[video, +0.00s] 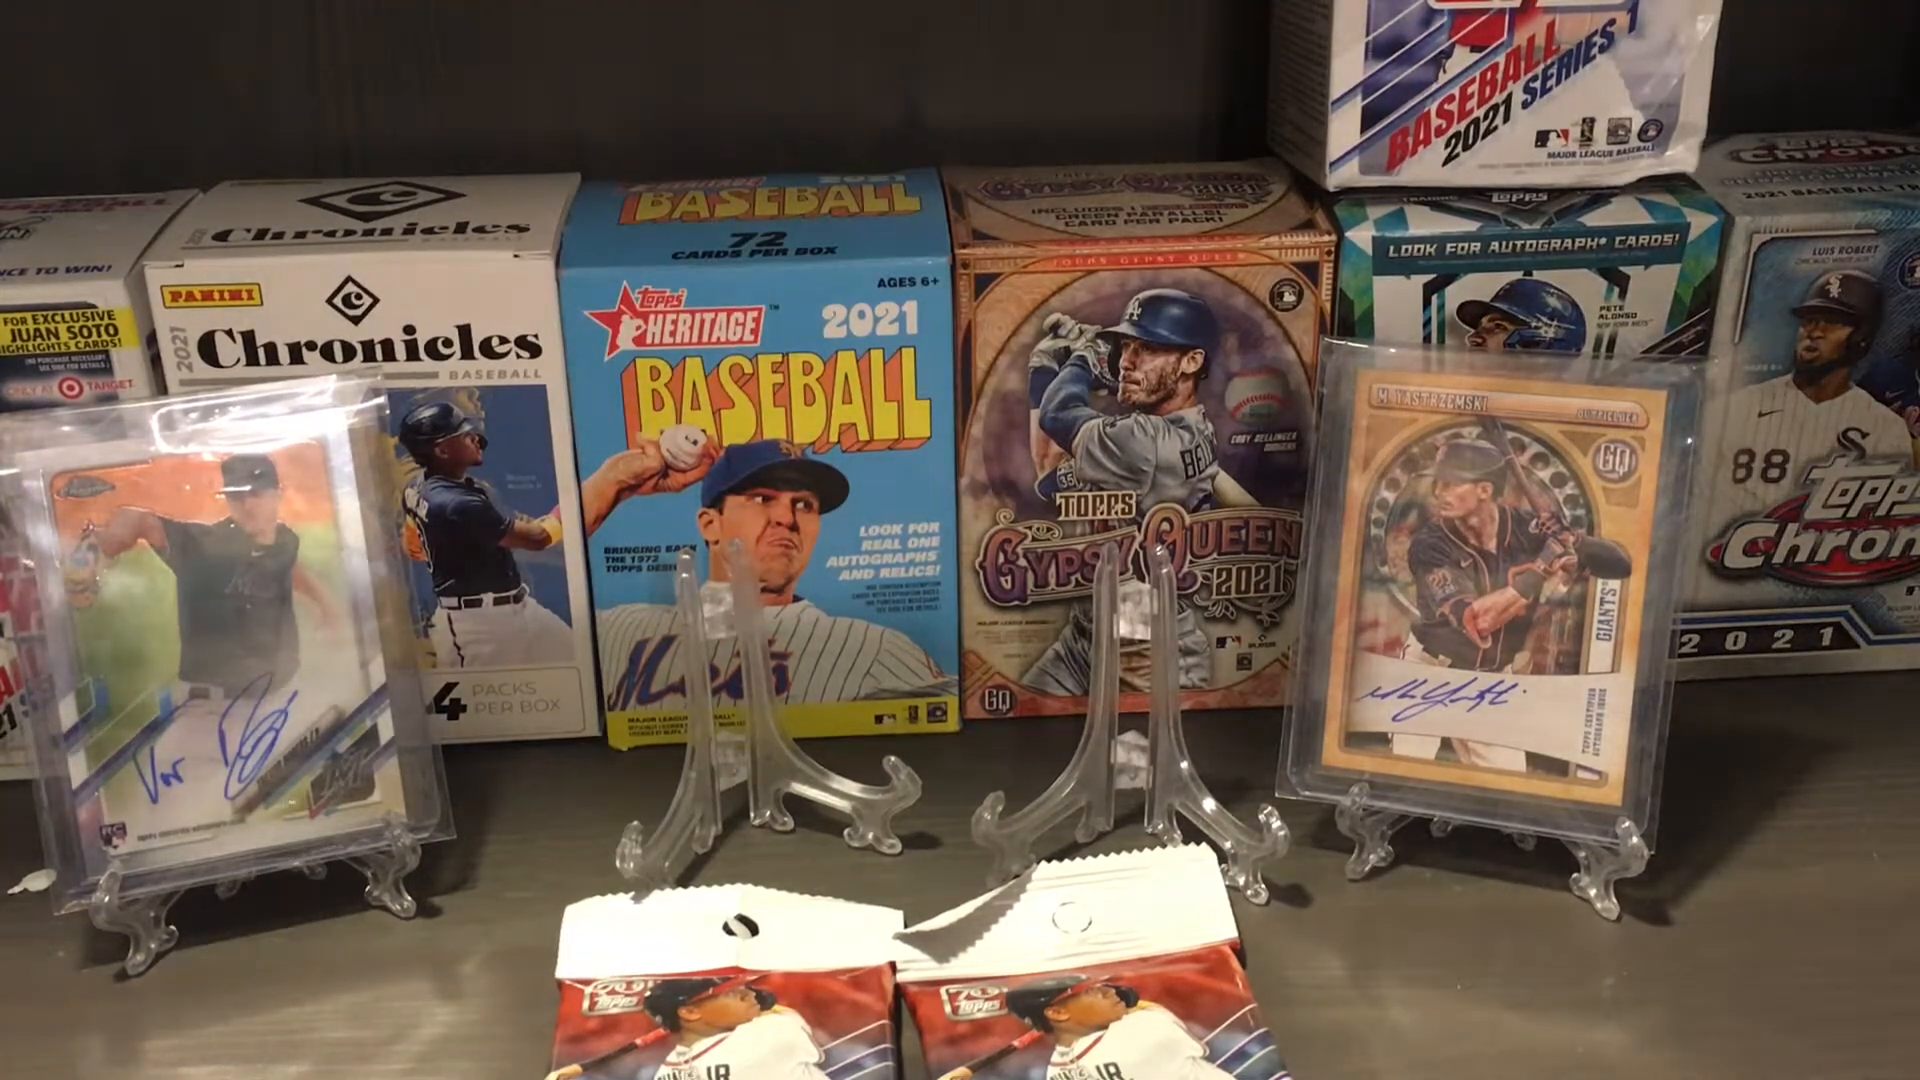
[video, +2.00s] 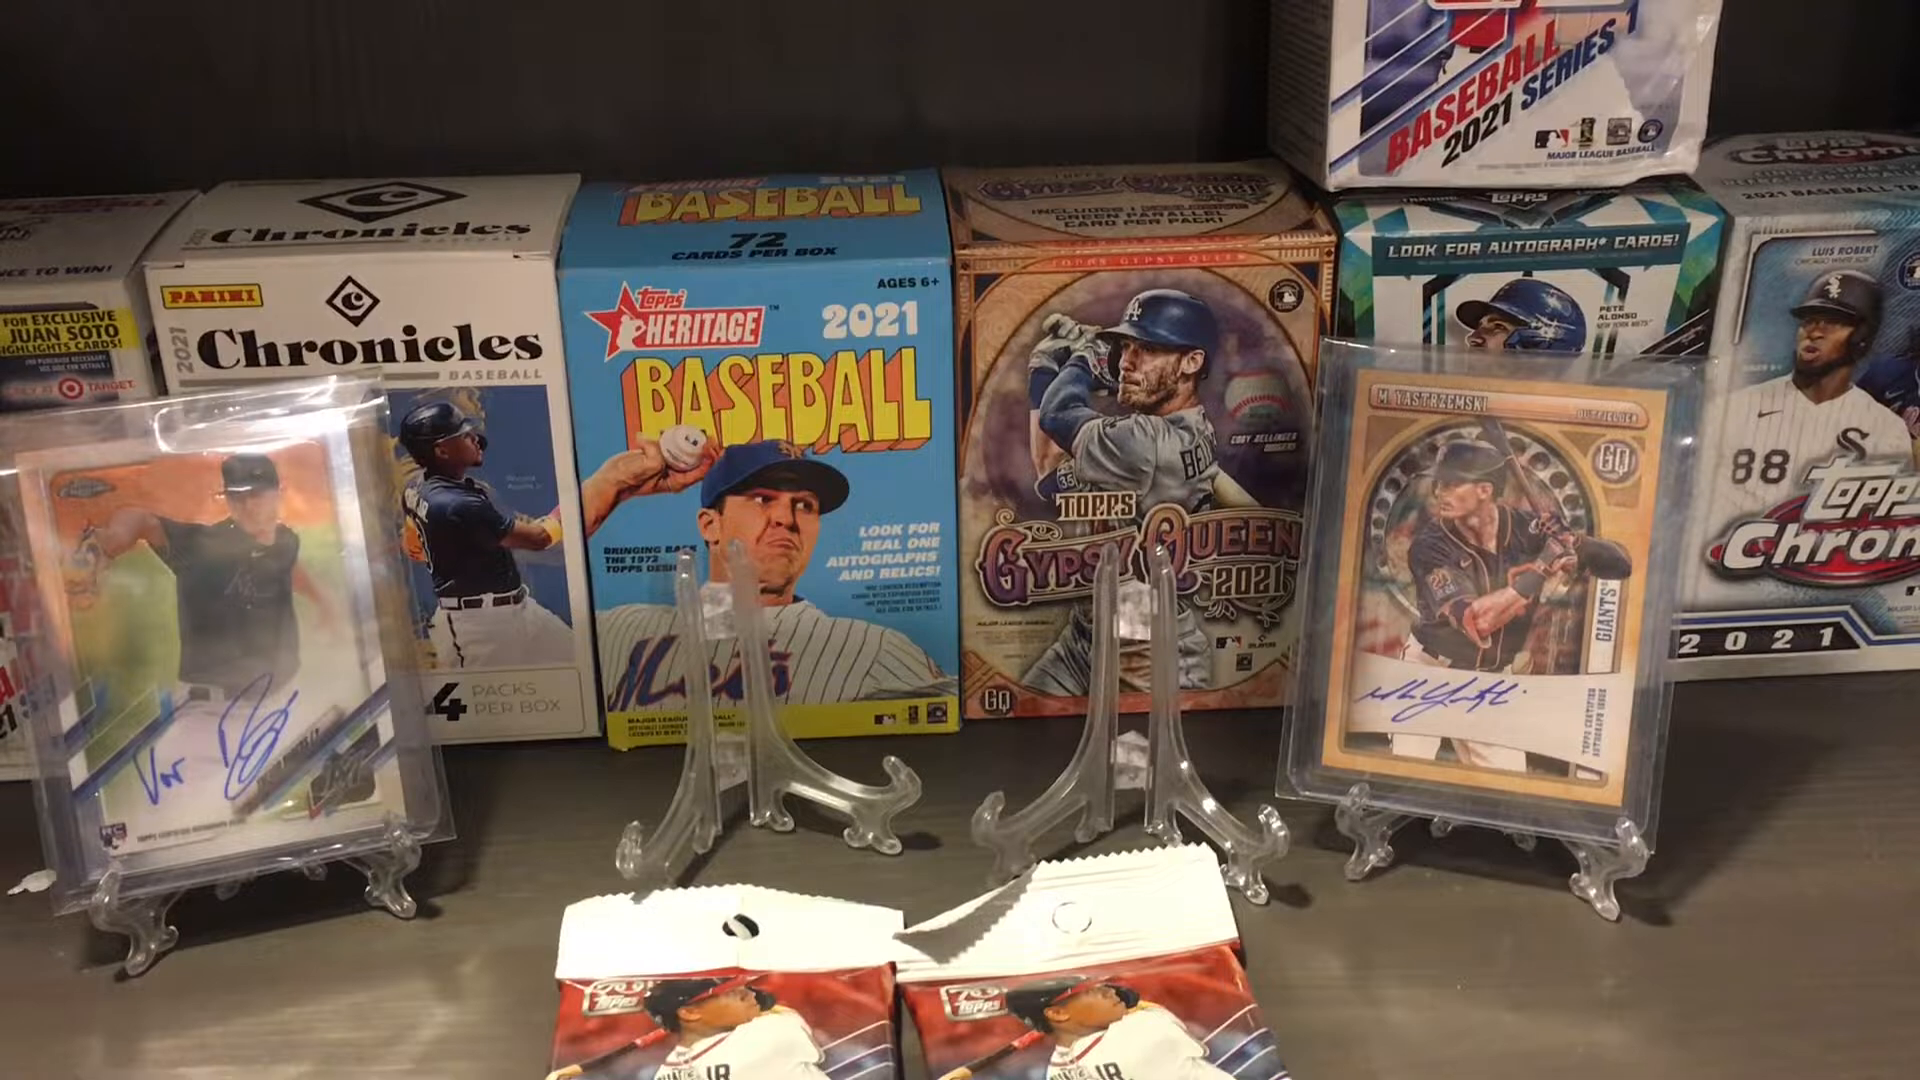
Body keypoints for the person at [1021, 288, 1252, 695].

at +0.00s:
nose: (1127, 362)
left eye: (1148, 350)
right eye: (1126, 348)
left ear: (1190, 363)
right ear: (1120, 349)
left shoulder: (1142, 440)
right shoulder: (1187, 430)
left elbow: (1059, 411)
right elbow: (1047, 478)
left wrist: (1086, 359)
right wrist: (1042, 369)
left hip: (1160, 646)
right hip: (1092, 637)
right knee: (1013, 736)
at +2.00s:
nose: (1127, 362)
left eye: (1147, 350)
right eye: (1126, 348)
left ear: (1190, 363)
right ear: (1121, 349)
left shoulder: (1143, 441)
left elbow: (1060, 410)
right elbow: (1048, 475)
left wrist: (1086, 360)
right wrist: (1042, 372)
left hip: (1158, 647)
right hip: (1092, 638)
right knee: (1012, 736)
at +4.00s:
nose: (1127, 361)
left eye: (1147, 350)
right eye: (1127, 347)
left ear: (1190, 362)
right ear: (1121, 347)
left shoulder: (1139, 439)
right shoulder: (1190, 431)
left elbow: (1060, 409)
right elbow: (1048, 476)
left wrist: (1085, 360)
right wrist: (1041, 371)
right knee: (1010, 737)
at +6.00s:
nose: (1128, 361)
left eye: (1148, 349)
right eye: (1127, 347)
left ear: (1190, 363)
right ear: (1121, 348)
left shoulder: (1138, 440)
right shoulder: (1190, 430)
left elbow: (1059, 409)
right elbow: (1048, 476)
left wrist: (1087, 360)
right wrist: (1041, 373)